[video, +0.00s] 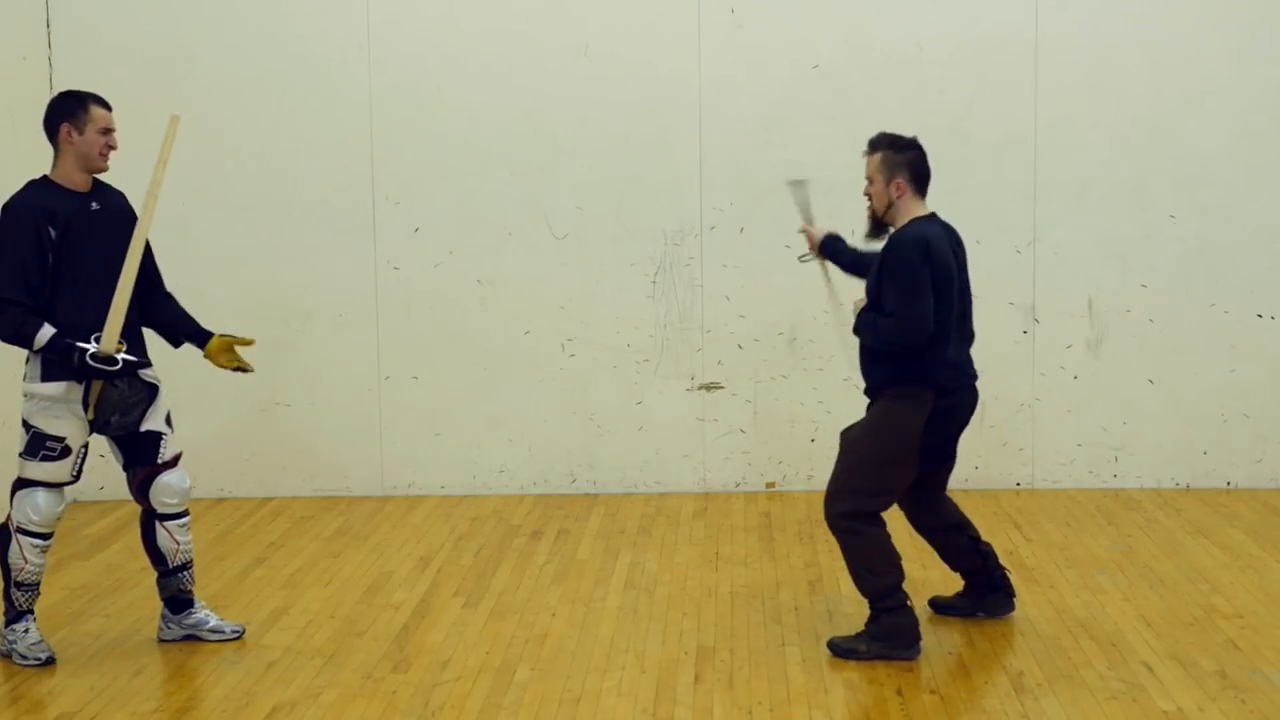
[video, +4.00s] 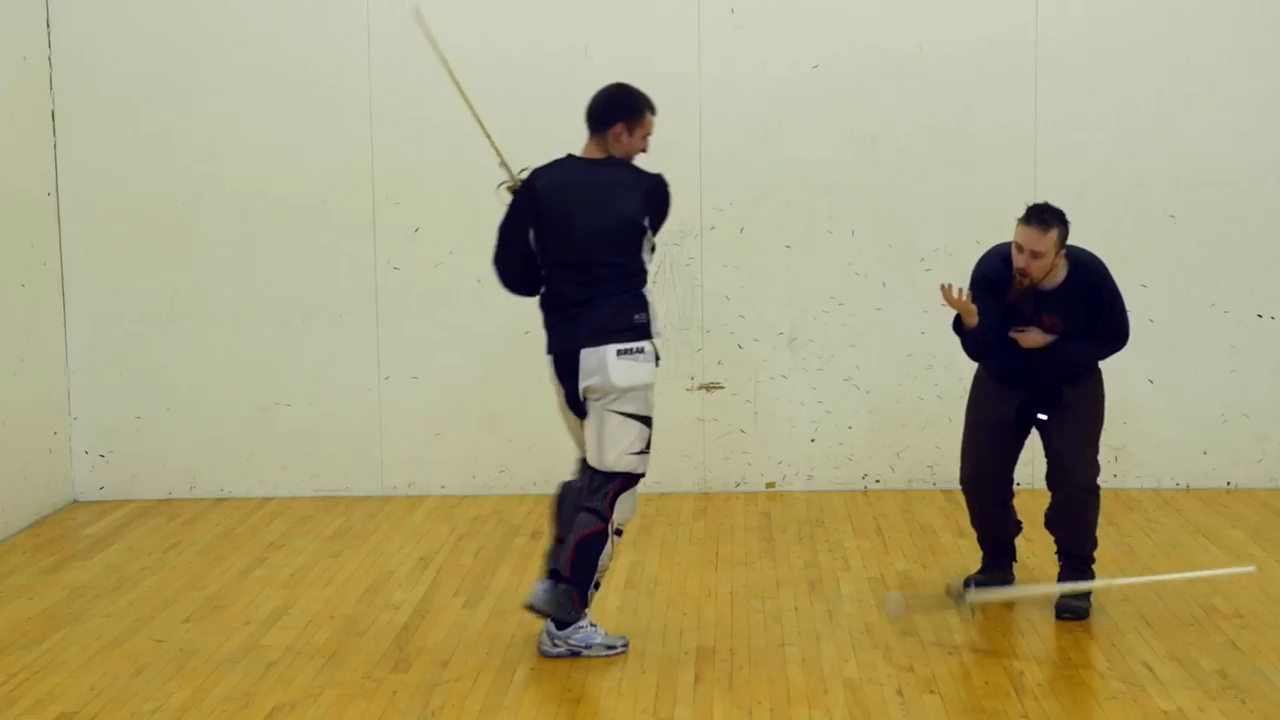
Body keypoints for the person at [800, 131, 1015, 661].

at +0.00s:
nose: (865, 193)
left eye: (869, 182)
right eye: (865, 182)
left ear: (898, 185)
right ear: (908, 186)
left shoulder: (908, 247)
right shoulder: (941, 236)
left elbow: (910, 330)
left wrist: (863, 319)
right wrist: (830, 246)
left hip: (913, 401)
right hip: (948, 396)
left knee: (849, 506)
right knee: (921, 497)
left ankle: (892, 629)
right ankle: (989, 586)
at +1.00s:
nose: (900, 226)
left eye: (911, 220)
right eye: (901, 216)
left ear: (946, 224)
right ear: (905, 208)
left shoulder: (980, 287)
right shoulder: (902, 233)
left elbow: (983, 368)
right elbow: (859, 276)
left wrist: (915, 334)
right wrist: (848, 346)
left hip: (935, 400)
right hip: (888, 388)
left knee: (868, 503)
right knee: (903, 493)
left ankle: (896, 628)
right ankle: (979, 572)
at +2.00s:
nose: (956, 220)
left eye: (964, 209)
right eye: (950, 211)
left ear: (994, 209)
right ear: (948, 215)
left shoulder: (1047, 237)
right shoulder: (959, 258)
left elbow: (1097, 294)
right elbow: (964, 317)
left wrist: (1031, 317)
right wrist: (932, 266)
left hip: (1076, 358)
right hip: (1009, 359)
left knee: (1076, 465)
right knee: (991, 460)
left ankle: (1083, 570)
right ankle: (999, 560)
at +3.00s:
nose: (1022, 257)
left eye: (1033, 246)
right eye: (1014, 245)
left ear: (1052, 242)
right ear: (1004, 239)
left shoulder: (1082, 266)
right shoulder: (990, 269)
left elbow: (1119, 322)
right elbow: (991, 353)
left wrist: (1054, 338)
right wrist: (974, 321)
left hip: (1074, 377)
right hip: (1005, 374)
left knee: (1075, 475)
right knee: (984, 470)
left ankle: (1075, 581)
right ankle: (997, 563)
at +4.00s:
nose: (1023, 262)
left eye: (1035, 255)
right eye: (1019, 249)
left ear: (1061, 252)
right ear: (1013, 241)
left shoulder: (1090, 275)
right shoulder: (994, 268)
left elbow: (1115, 335)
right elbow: (979, 351)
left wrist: (1053, 343)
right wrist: (969, 324)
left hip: (1071, 384)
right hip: (1001, 380)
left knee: (1075, 480)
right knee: (981, 475)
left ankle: (1075, 577)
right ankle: (997, 565)